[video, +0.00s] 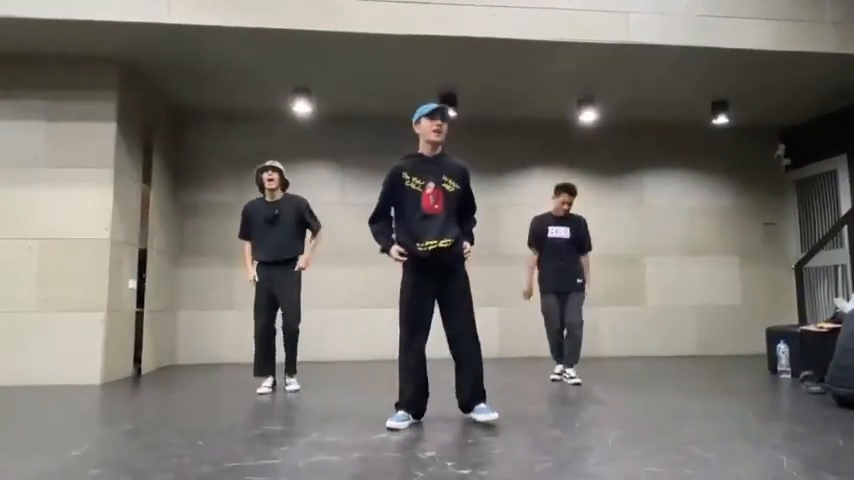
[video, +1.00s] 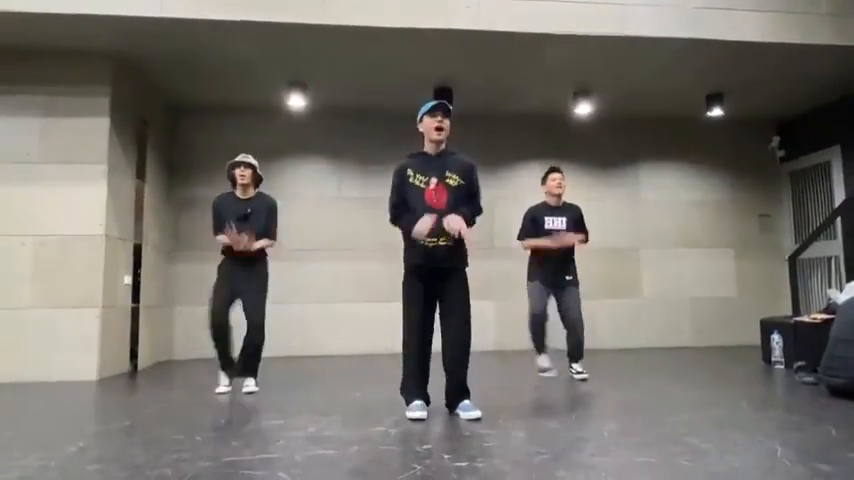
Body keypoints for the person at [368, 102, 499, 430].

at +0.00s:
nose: (438, 124)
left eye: (442, 119)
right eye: (431, 119)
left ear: (447, 128)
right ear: (416, 126)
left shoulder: (458, 170)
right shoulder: (401, 171)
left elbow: (468, 213)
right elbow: (379, 217)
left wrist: (467, 237)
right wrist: (389, 244)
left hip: (452, 265)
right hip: (416, 266)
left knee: (465, 335)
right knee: (412, 339)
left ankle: (474, 403)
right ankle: (409, 409)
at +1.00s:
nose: (439, 123)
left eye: (443, 119)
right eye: (433, 118)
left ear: (449, 126)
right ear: (420, 125)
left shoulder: (464, 167)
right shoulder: (406, 169)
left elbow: (473, 208)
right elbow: (396, 212)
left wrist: (459, 219)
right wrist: (415, 223)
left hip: (453, 265)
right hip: (418, 266)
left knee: (458, 333)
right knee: (417, 333)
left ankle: (459, 398)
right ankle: (416, 397)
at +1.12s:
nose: (437, 124)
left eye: (442, 119)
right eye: (431, 120)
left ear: (449, 126)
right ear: (420, 127)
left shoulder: (462, 164)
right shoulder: (410, 165)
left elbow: (488, 204)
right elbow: (383, 203)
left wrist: (479, 181)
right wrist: (410, 183)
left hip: (450, 265)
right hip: (414, 265)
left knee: (458, 330)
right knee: (405, 318)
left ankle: (457, 397)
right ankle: (386, 390)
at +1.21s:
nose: (436, 129)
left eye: (441, 125)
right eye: (430, 124)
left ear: (449, 130)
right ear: (419, 130)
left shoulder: (466, 172)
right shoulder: (404, 174)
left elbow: (497, 195)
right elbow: (373, 197)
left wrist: (528, 168)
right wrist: (357, 175)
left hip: (450, 272)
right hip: (412, 270)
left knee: (460, 334)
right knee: (390, 327)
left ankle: (458, 397)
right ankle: (355, 395)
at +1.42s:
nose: (440, 125)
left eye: (445, 119)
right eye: (433, 120)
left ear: (453, 126)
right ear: (423, 127)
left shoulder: (467, 166)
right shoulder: (412, 167)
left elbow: (491, 205)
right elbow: (387, 209)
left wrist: (484, 185)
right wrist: (398, 185)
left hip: (455, 261)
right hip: (419, 261)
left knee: (457, 324)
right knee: (414, 315)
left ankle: (457, 396)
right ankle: (393, 389)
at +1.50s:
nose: (442, 128)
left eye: (446, 124)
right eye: (436, 124)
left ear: (453, 127)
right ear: (426, 128)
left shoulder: (468, 166)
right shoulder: (412, 167)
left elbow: (484, 206)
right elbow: (400, 211)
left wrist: (464, 207)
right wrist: (422, 190)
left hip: (456, 258)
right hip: (421, 259)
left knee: (457, 325)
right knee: (426, 325)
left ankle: (457, 393)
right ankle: (430, 391)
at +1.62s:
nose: (443, 123)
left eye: (447, 118)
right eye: (437, 119)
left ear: (455, 122)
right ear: (427, 125)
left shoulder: (468, 163)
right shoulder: (415, 161)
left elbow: (474, 209)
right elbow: (397, 150)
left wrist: (459, 242)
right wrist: (421, 117)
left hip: (456, 249)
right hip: (423, 249)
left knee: (461, 322)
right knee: (429, 301)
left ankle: (458, 393)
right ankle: (419, 354)